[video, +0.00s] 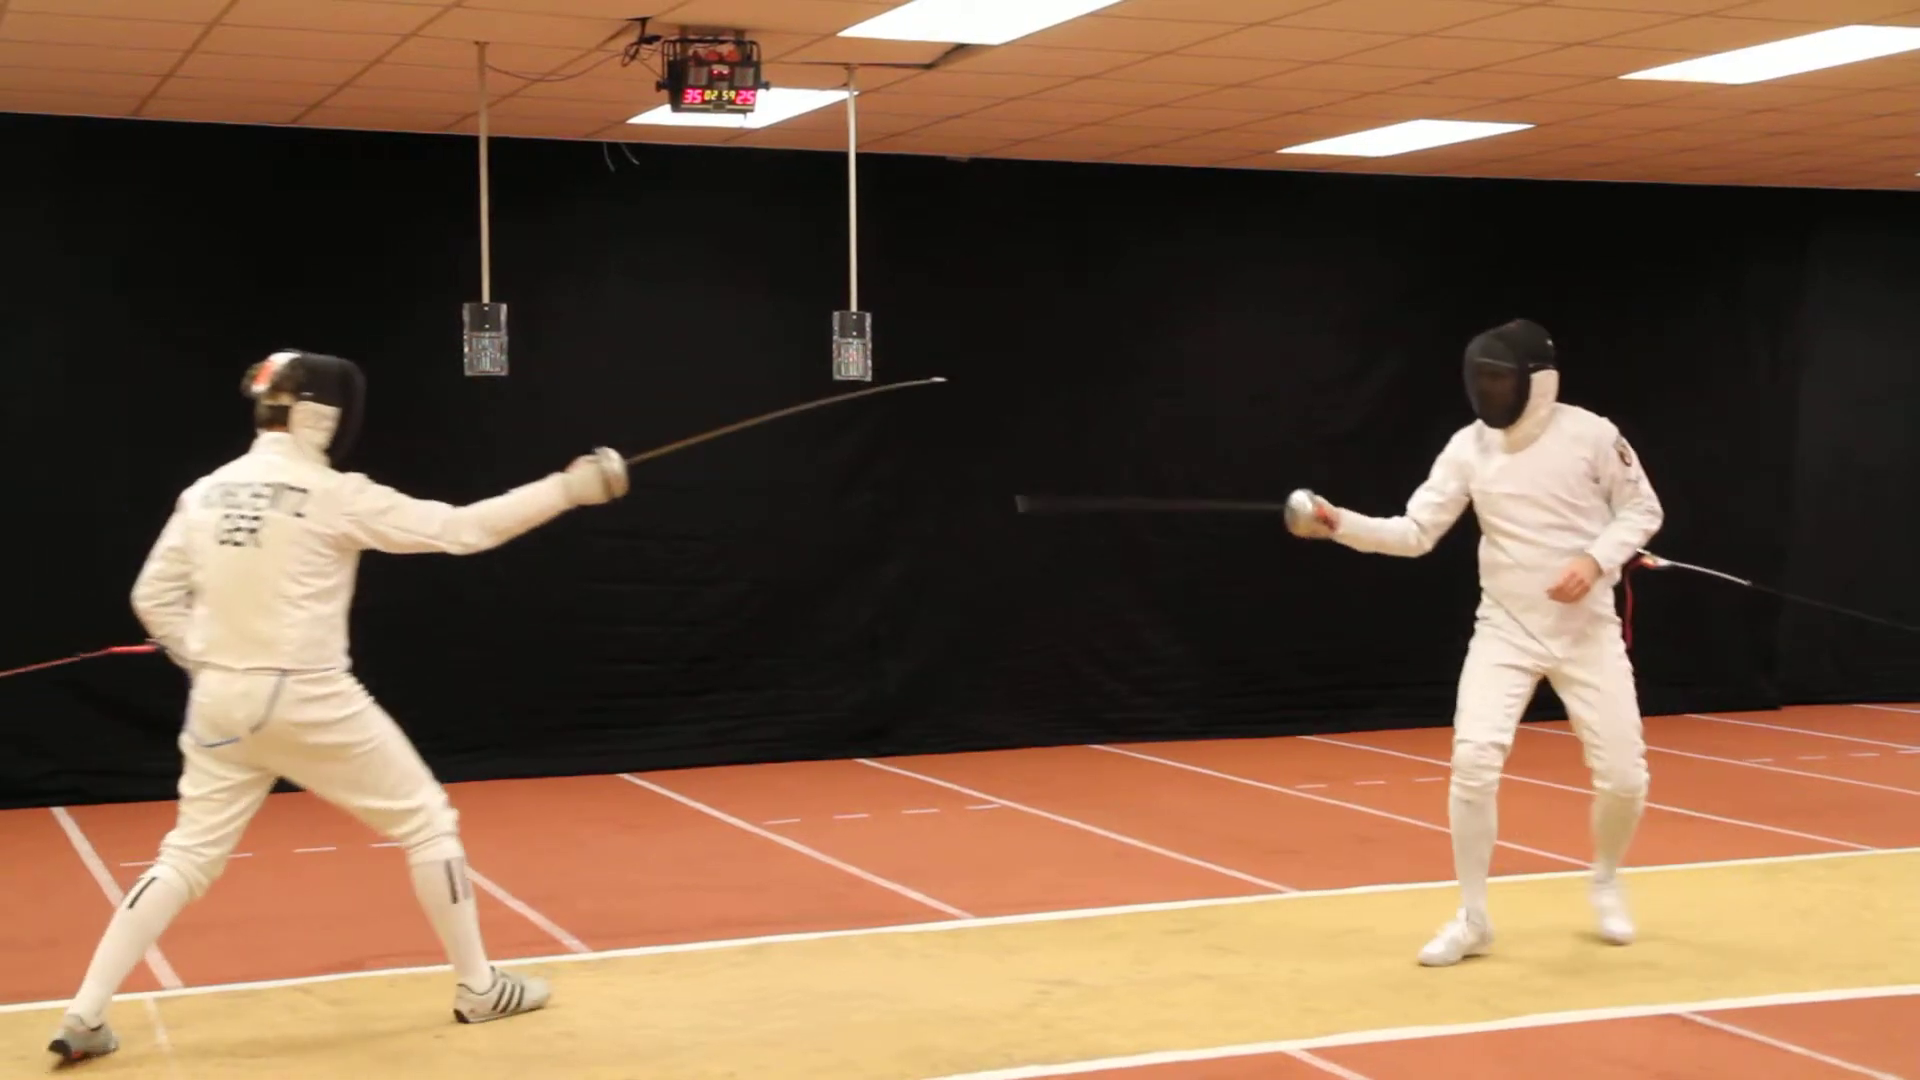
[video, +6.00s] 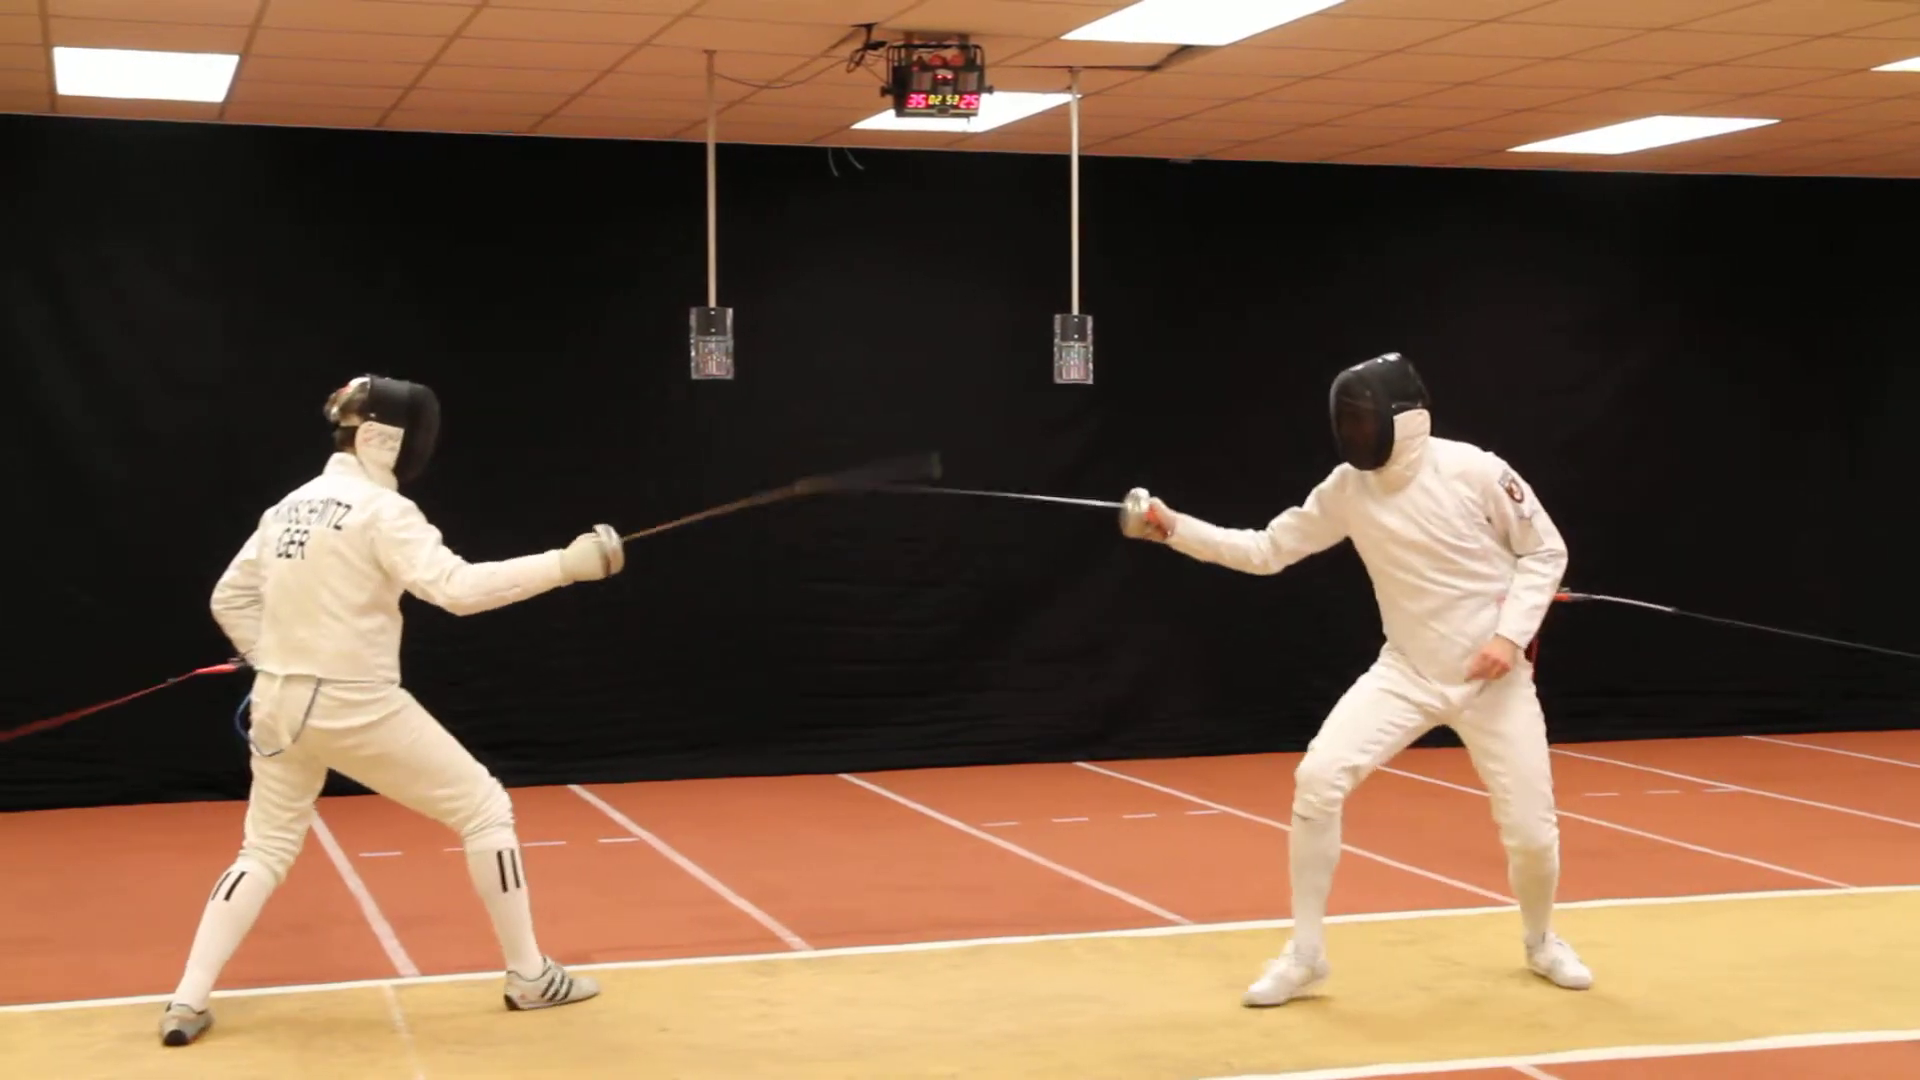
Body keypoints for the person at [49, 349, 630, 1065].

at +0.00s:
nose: (342, 423)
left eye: (338, 410)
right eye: (334, 410)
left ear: (267, 413)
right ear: (312, 417)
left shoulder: (204, 493)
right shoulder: (334, 495)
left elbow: (154, 596)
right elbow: (462, 529)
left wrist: (213, 663)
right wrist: (571, 485)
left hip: (218, 700)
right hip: (313, 698)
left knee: (185, 857)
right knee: (427, 823)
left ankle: (83, 1015)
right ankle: (479, 984)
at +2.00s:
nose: (336, 431)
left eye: (334, 418)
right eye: (334, 420)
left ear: (261, 412)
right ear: (316, 421)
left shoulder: (193, 493)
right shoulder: (320, 503)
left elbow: (121, 588)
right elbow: (391, 603)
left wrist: (179, 662)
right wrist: (510, 600)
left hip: (189, 702)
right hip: (289, 702)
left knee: (143, 857)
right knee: (402, 832)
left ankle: (65, 1029)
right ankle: (466, 991)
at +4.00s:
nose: (504, 443)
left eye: (501, 430)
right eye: (499, 430)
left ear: (439, 423)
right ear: (473, 432)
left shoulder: (370, 491)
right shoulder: (476, 504)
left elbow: (304, 581)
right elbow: (538, 599)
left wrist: (350, 656)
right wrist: (647, 589)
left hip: (340, 684)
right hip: (426, 688)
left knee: (291, 831)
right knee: (536, 807)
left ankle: (192, 987)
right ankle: (554, 975)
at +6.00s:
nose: (411, 451)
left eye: (410, 438)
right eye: (406, 438)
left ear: (346, 434)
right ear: (383, 437)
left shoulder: (287, 510)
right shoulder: (383, 510)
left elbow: (230, 599)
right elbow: (459, 588)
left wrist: (280, 671)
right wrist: (570, 561)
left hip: (277, 708)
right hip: (362, 707)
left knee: (264, 850)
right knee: (483, 808)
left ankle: (187, 1001)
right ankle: (530, 975)